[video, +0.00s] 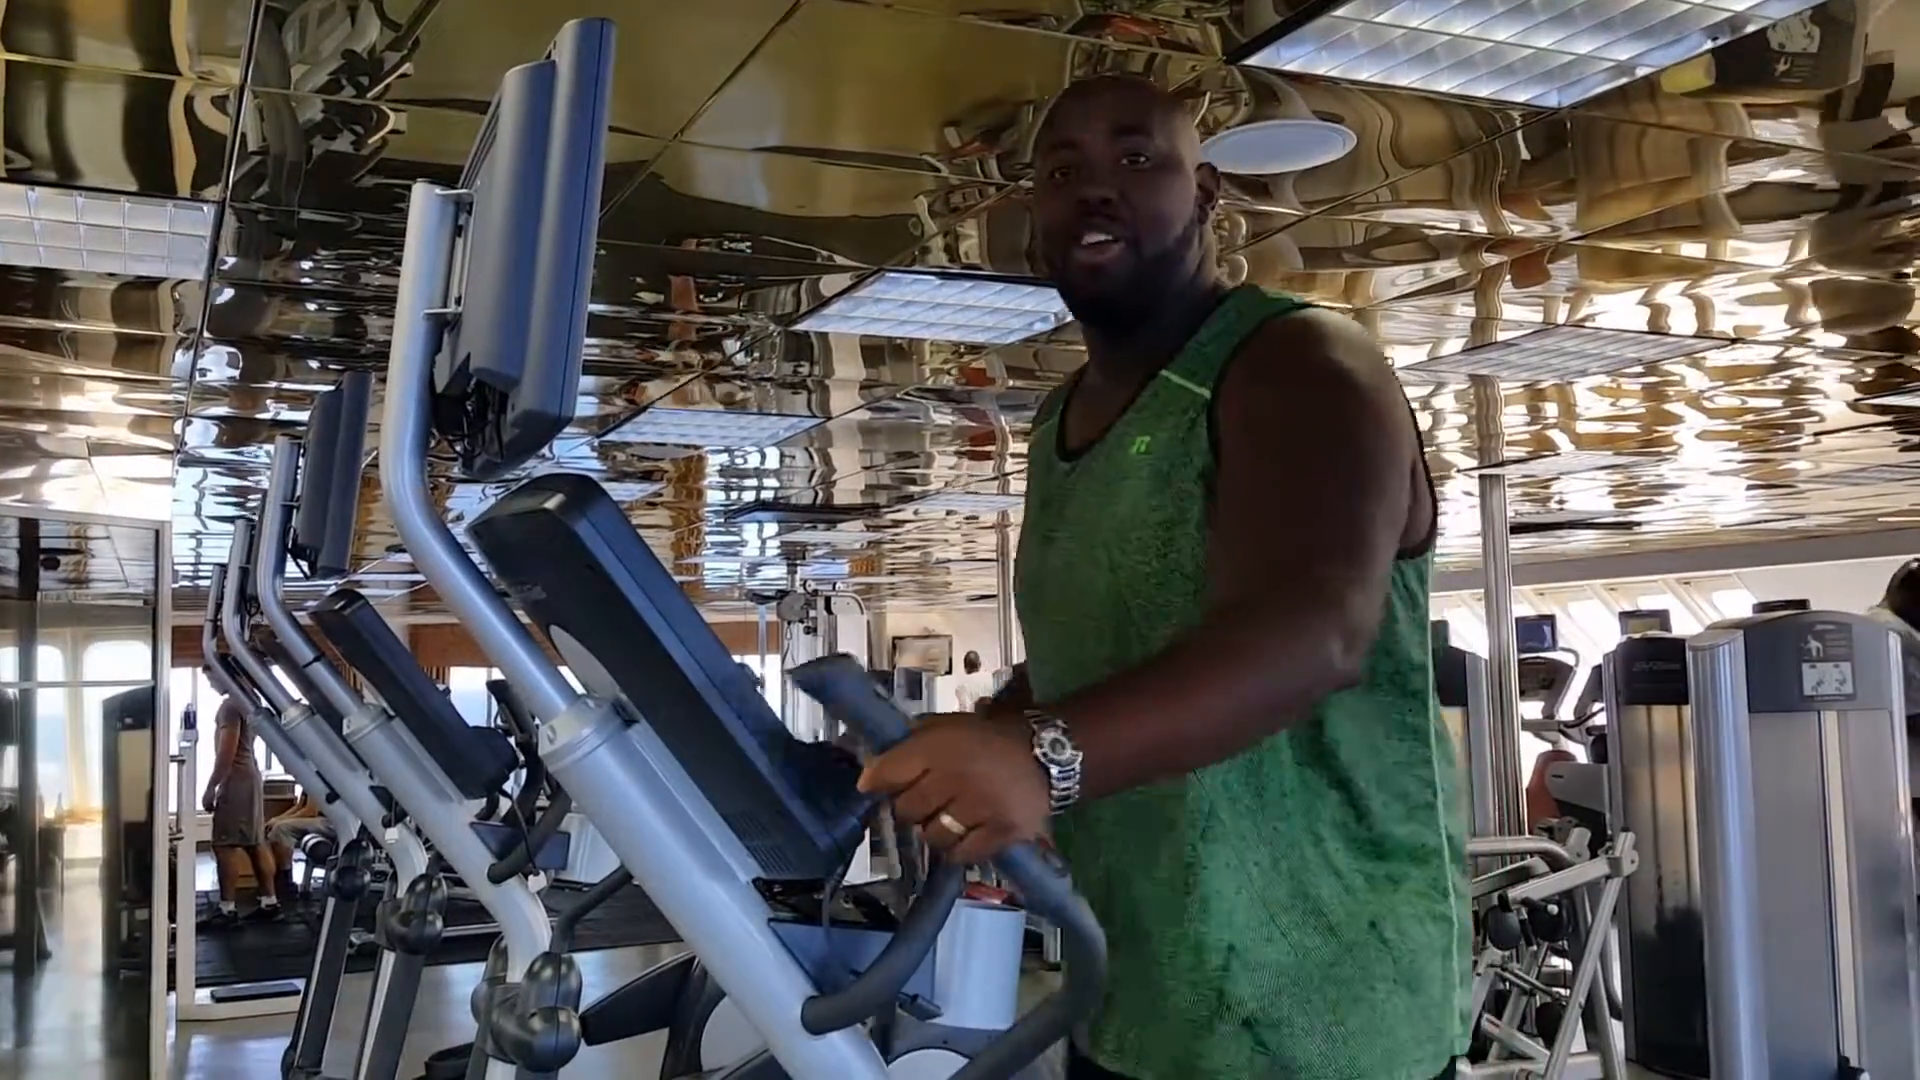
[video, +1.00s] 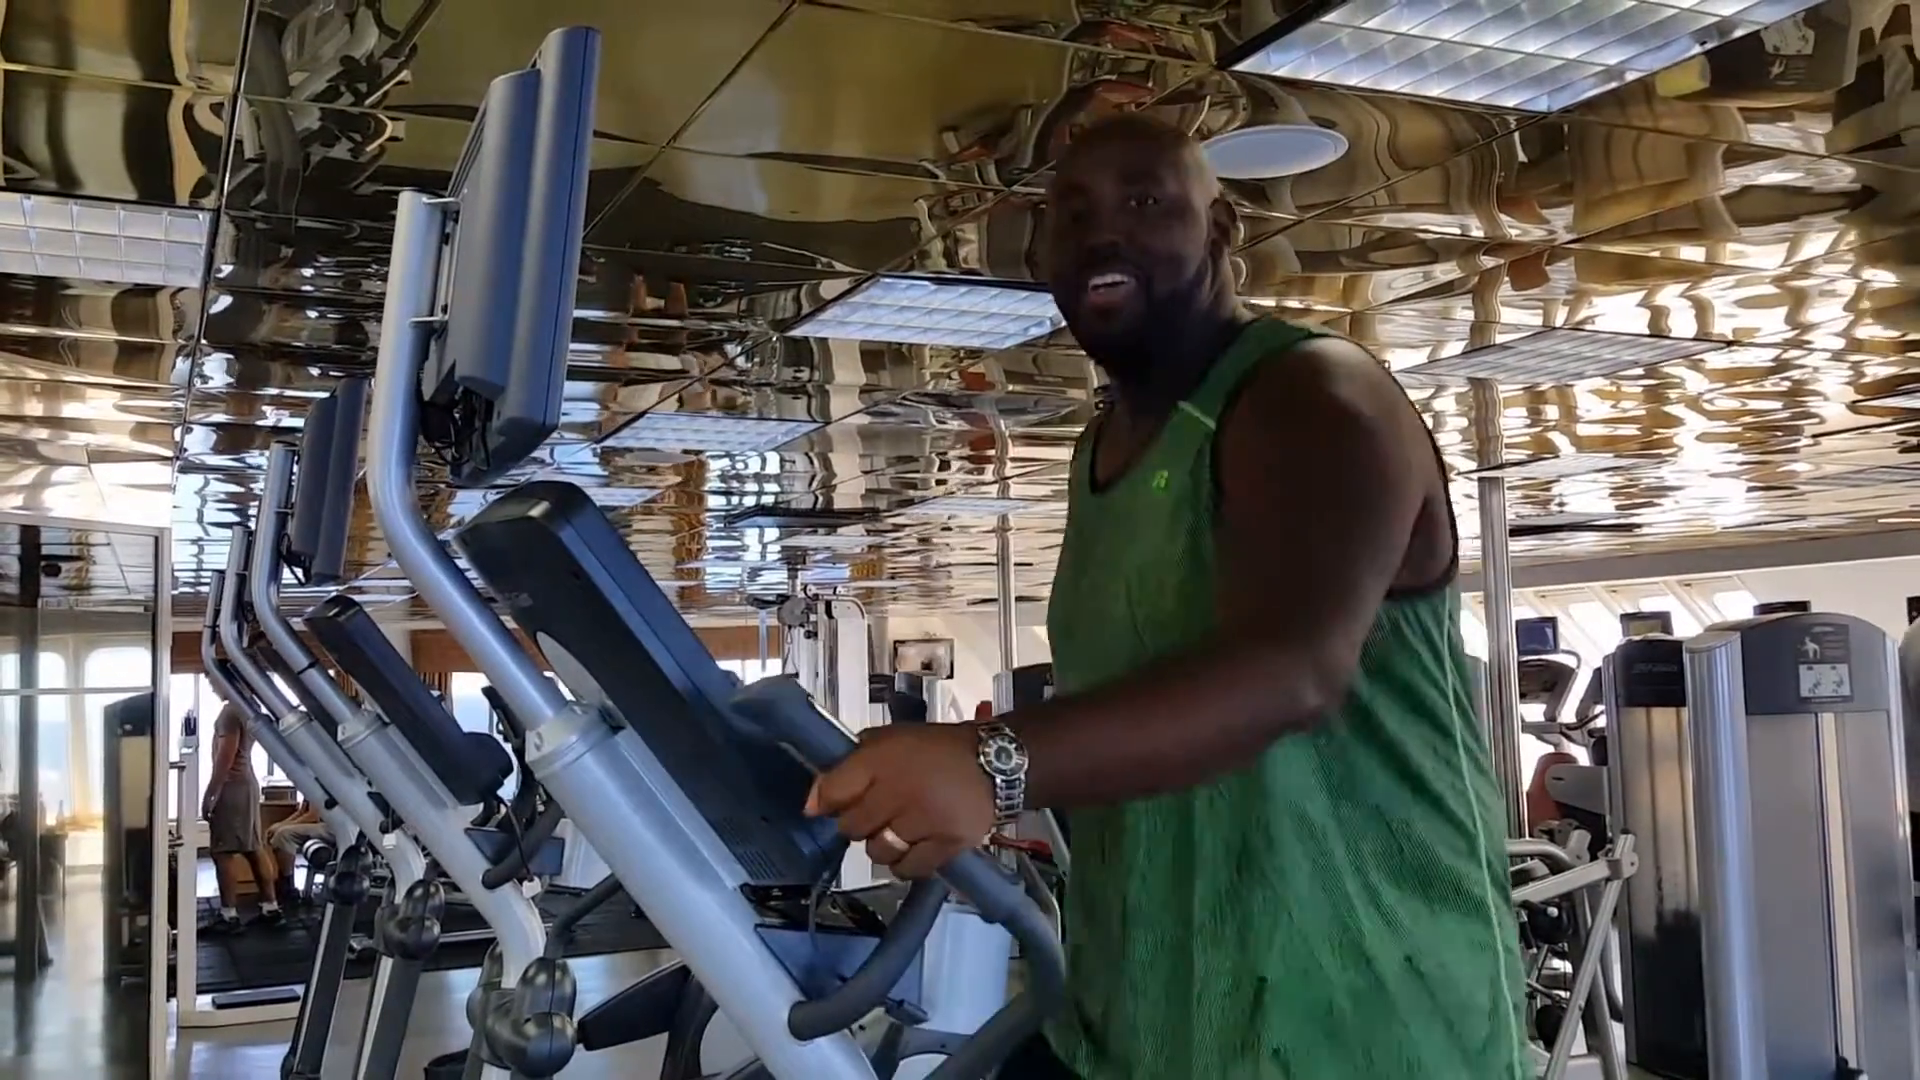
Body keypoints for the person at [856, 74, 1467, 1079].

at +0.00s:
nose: (1091, 186)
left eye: (1134, 158)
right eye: (1062, 166)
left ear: (1205, 196)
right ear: (1034, 213)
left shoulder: (1310, 367)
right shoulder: (1066, 421)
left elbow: (1314, 625)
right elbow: (1083, 656)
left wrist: (1052, 758)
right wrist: (978, 754)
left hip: (1321, 994)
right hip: (1135, 983)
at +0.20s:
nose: (1093, 278)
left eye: (1135, 245)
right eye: (1062, 251)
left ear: (1202, 278)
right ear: (1032, 288)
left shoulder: (1311, 446)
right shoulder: (1050, 502)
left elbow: (1468, 716)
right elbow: (1002, 707)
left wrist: (1231, 792)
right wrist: (802, 742)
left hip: (1311, 1022)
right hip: (1111, 1021)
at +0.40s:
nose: (1107, 239)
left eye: (1148, 204)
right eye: (1071, 209)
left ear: (1215, 236)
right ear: (1038, 247)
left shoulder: (1333, 418)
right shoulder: (1038, 483)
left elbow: (1538, 663)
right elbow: (928, 664)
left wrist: (1376, 835)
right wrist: (735, 737)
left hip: (1307, 992)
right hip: (1111, 995)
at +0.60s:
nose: (1120, 189)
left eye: (1165, 163)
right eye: (1086, 166)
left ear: (1229, 204)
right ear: (1046, 214)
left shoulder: (1319, 372)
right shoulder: (1043, 448)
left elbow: (1531, 625)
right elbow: (947, 642)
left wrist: (1311, 789)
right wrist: (741, 734)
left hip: (1366, 1007)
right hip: (1136, 1007)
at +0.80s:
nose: (1125, 281)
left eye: (1170, 250)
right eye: (1097, 255)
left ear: (1244, 285)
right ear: (1065, 287)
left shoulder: (1349, 460)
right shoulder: (1114, 496)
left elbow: (1448, 756)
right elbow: (1104, 697)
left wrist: (1134, 775)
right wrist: (886, 754)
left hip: (1371, 1046)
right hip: (1145, 1041)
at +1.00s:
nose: (1099, 221)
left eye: (1145, 198)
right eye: (1069, 200)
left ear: (1223, 239)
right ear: (1038, 252)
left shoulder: (1322, 398)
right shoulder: (1107, 443)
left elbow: (1297, 666)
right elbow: (1151, 698)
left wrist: (999, 766)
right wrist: (994, 755)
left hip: (1348, 1008)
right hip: (1153, 996)